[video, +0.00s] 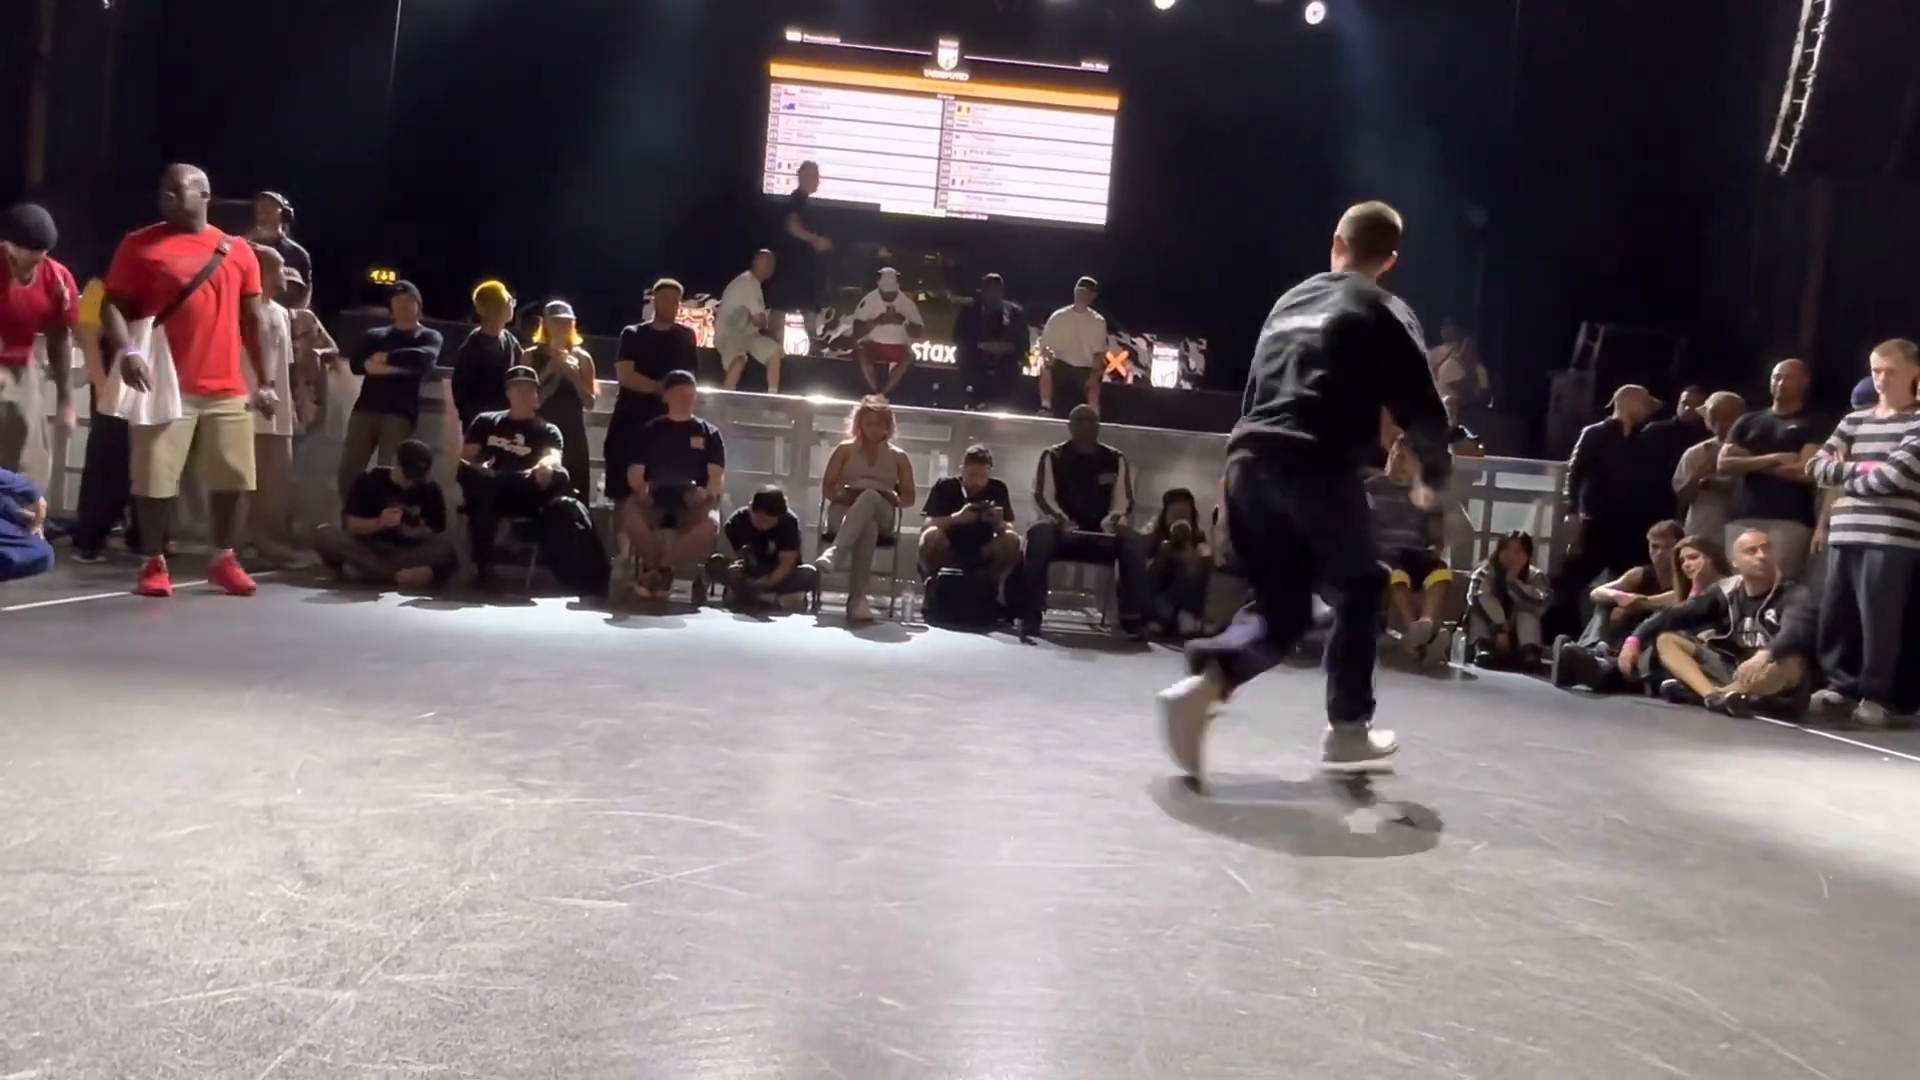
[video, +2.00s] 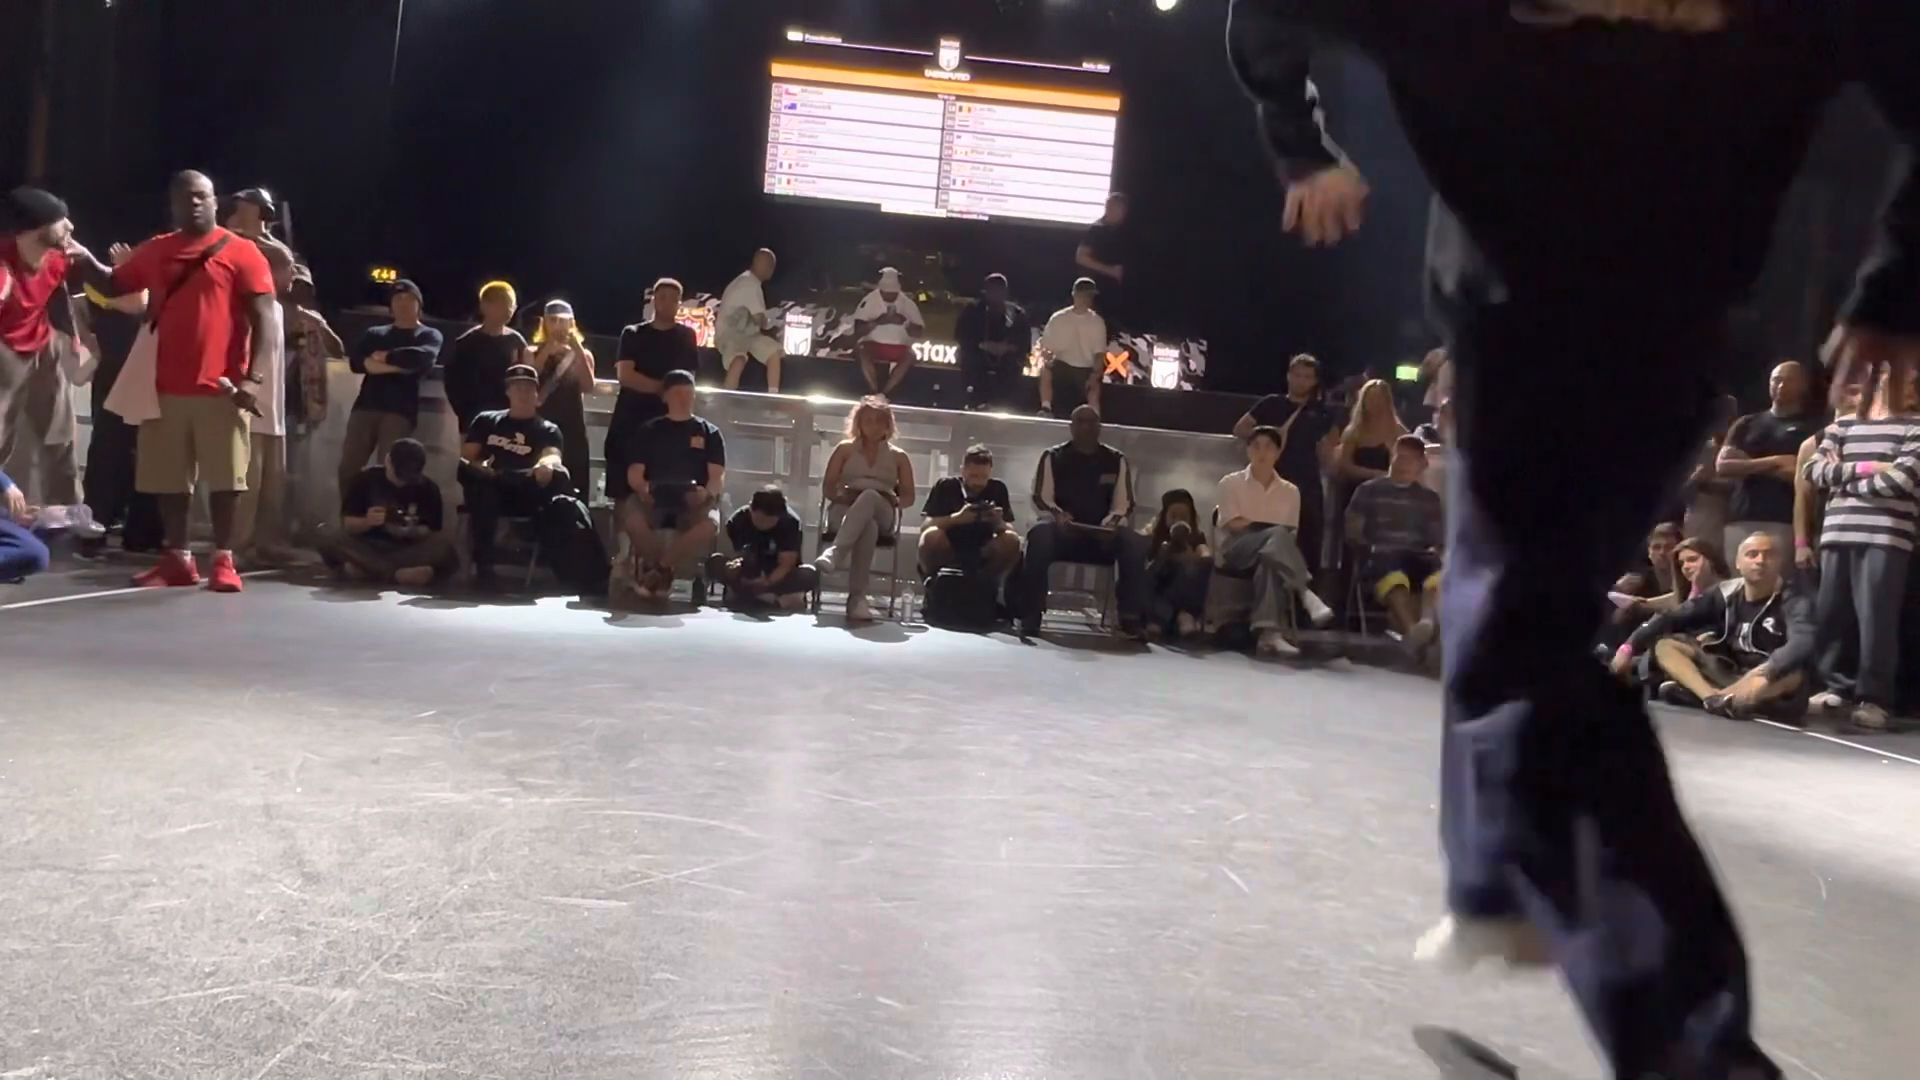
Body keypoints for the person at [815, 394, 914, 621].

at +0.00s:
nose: (874, 429)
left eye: (880, 424)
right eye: (869, 424)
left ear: (889, 426)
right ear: (859, 425)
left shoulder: (898, 457)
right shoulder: (845, 450)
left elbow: (908, 499)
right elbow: (828, 489)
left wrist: (884, 494)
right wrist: (852, 499)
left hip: (883, 518)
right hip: (843, 513)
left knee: (869, 496)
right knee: (868, 525)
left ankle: (835, 551)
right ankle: (857, 599)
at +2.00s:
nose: (874, 427)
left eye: (879, 421)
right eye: (868, 421)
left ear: (888, 425)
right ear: (858, 423)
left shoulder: (898, 457)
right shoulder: (845, 449)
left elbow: (908, 498)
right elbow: (828, 489)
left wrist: (890, 500)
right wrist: (848, 498)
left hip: (883, 517)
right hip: (844, 511)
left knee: (869, 496)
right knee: (869, 526)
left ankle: (835, 552)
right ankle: (857, 598)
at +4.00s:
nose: (853, 439)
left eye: (858, 433)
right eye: (847, 433)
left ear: (866, 438)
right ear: (836, 436)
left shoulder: (876, 470)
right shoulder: (822, 464)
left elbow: (886, 511)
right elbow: (808, 505)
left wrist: (863, 510)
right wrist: (835, 513)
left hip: (862, 531)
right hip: (823, 526)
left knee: (847, 509)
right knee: (847, 538)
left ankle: (814, 565)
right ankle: (838, 612)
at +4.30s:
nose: (848, 432)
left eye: (854, 427)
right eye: (843, 426)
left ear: (862, 432)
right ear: (833, 430)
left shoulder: (872, 465)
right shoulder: (819, 459)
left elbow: (884, 504)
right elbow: (804, 498)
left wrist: (863, 504)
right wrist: (827, 507)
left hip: (859, 524)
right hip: (820, 521)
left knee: (845, 503)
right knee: (844, 532)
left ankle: (811, 560)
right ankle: (835, 607)